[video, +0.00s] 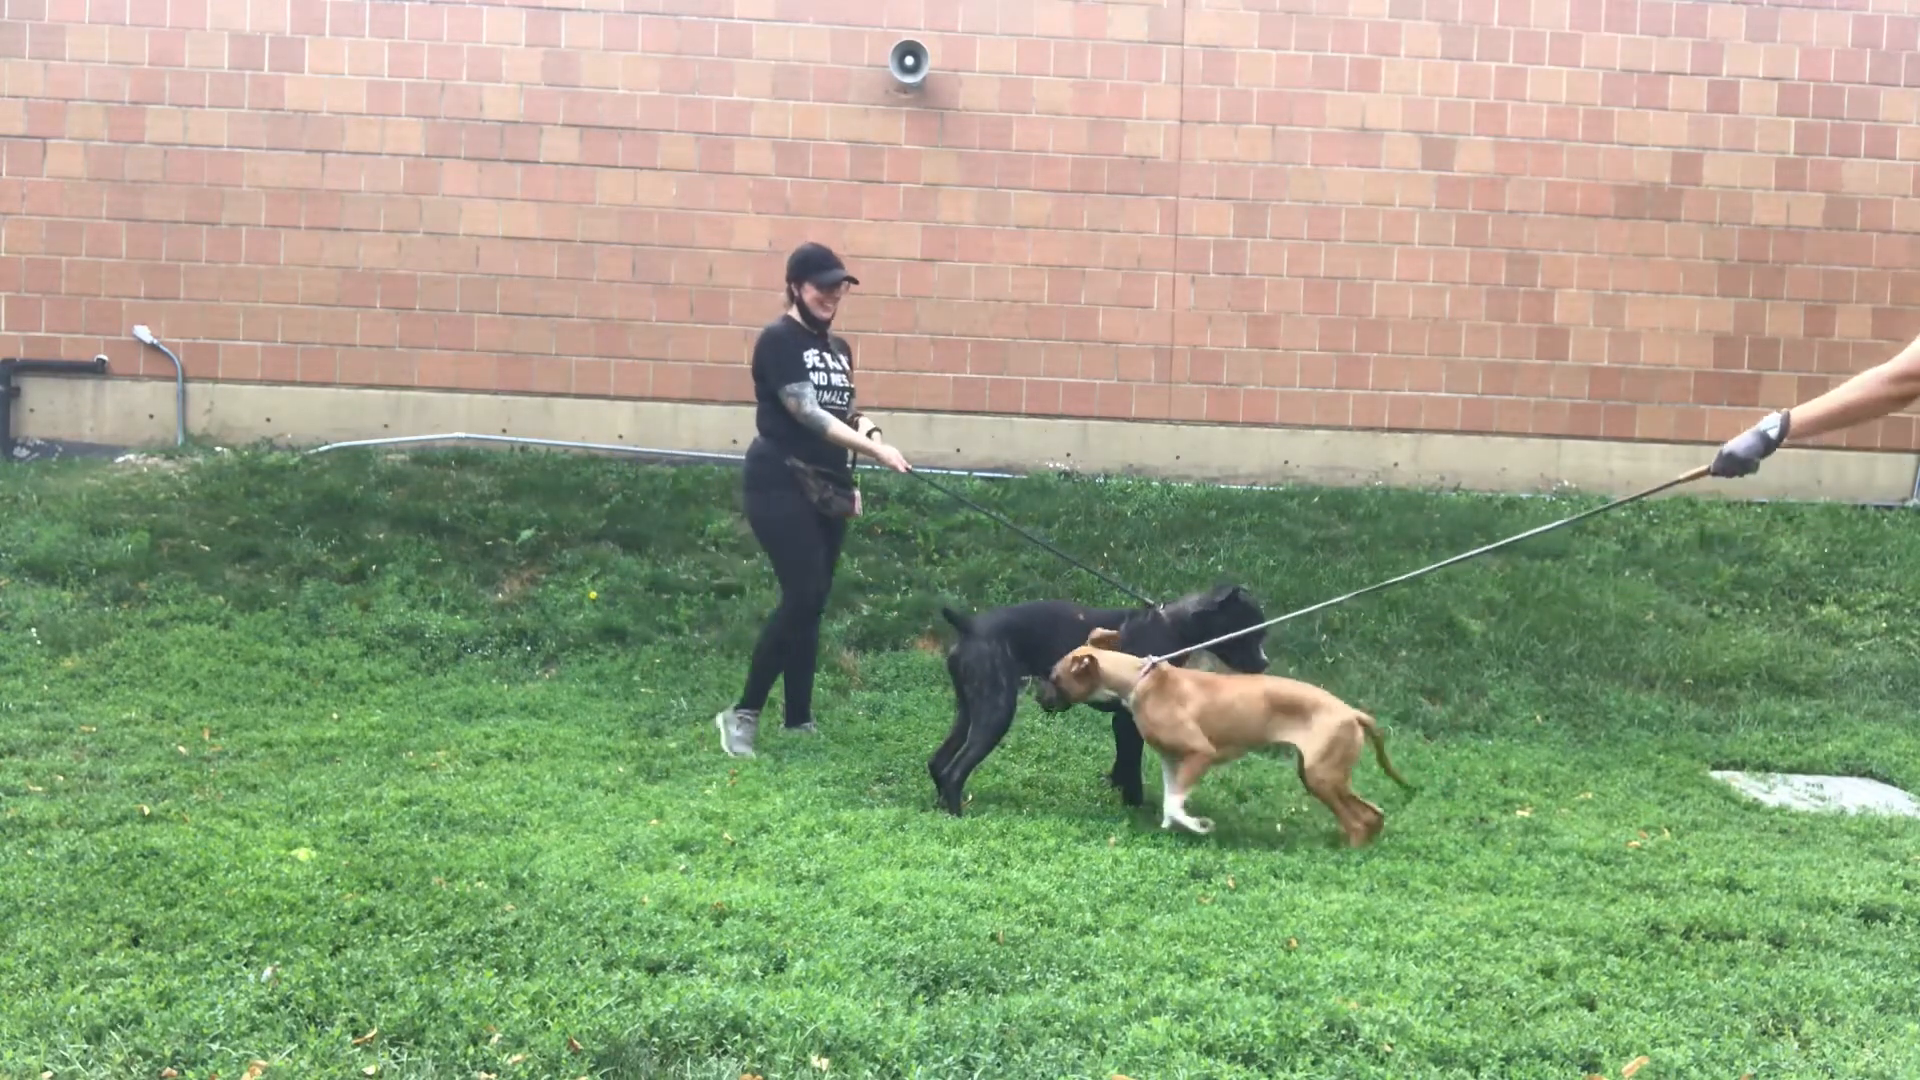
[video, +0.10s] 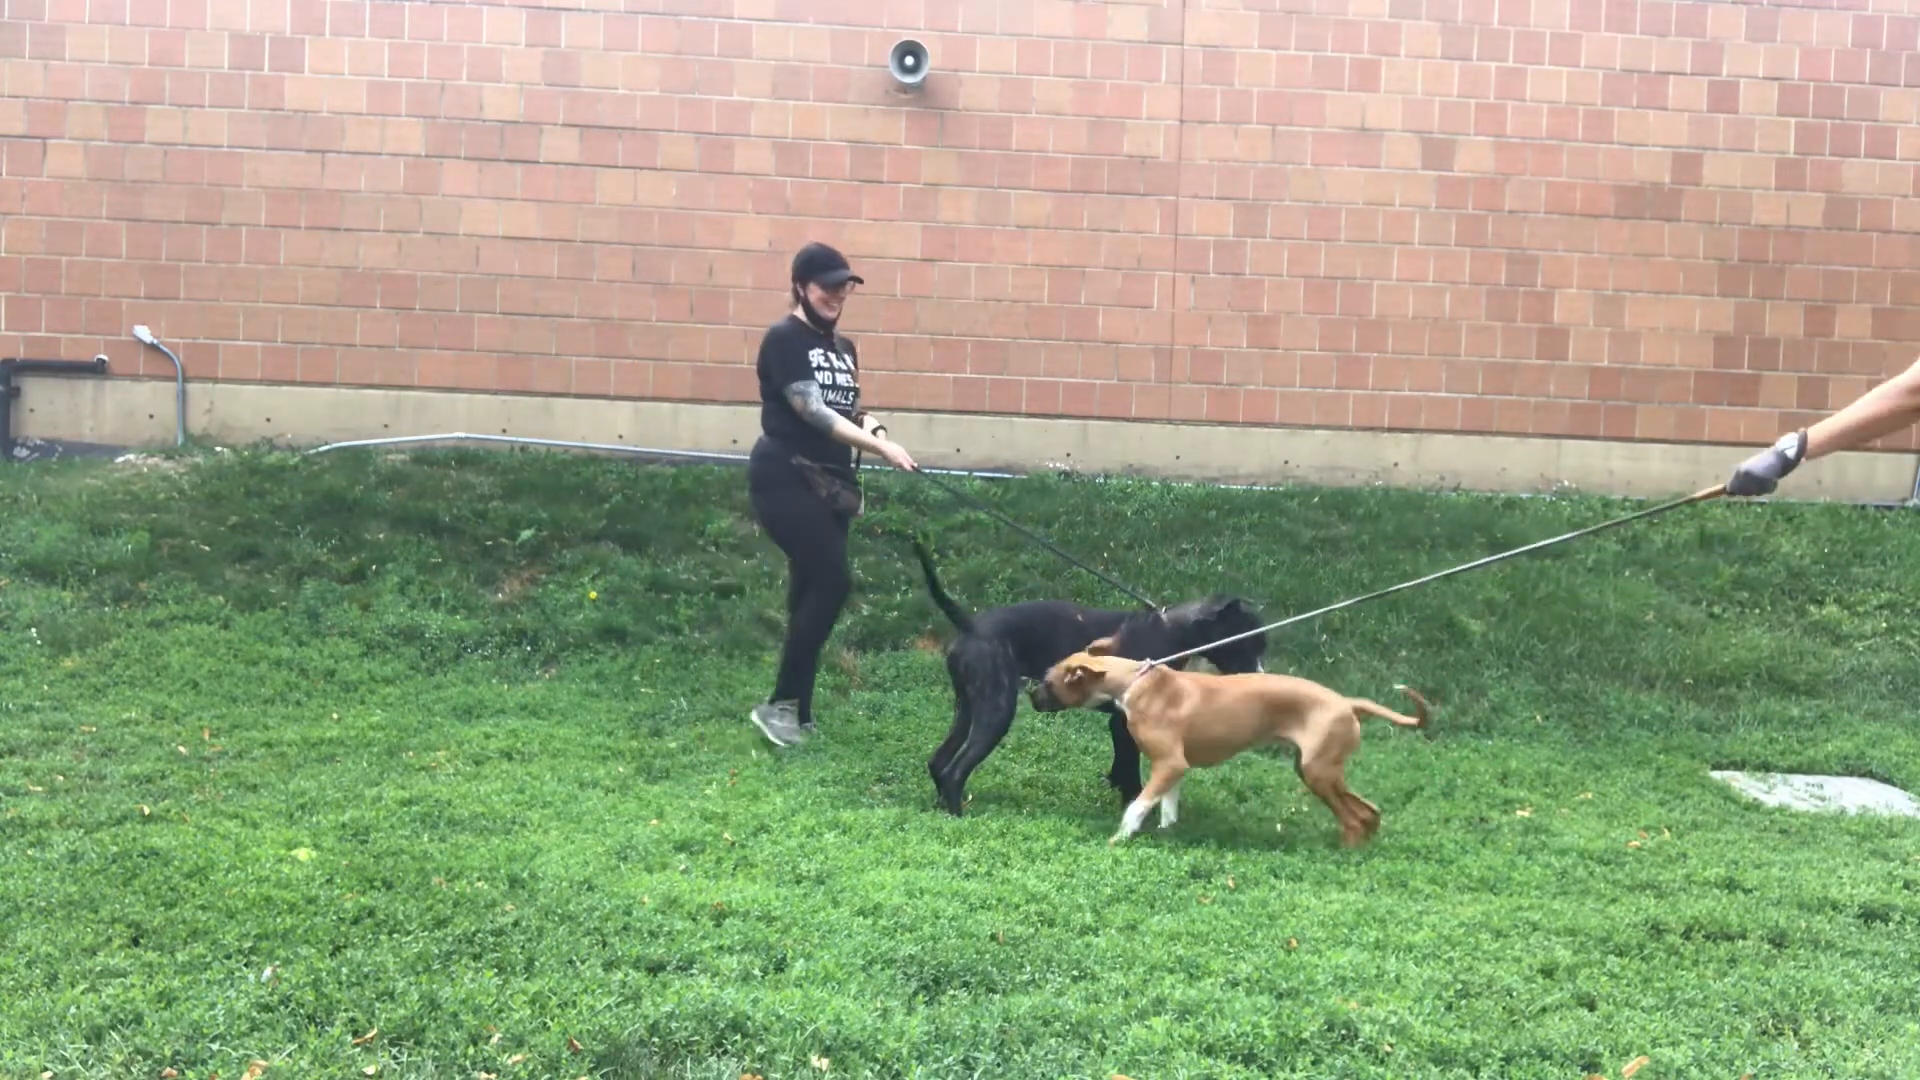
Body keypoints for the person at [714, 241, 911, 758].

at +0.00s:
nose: (833, 296)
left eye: (838, 287)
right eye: (823, 286)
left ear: (843, 291)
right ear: (796, 287)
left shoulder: (839, 349)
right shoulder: (777, 341)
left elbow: (844, 414)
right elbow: (806, 412)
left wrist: (869, 439)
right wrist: (873, 446)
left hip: (828, 483)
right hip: (779, 479)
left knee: (811, 598)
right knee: (804, 592)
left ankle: (798, 724)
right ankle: (743, 715)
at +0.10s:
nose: (838, 296)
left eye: (843, 287)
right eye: (828, 287)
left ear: (848, 289)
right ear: (802, 287)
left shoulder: (843, 348)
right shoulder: (784, 339)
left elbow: (845, 412)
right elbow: (810, 408)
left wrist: (873, 430)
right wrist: (878, 444)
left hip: (829, 478)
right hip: (786, 473)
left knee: (812, 591)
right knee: (832, 580)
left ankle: (800, 716)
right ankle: (779, 706)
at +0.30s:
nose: (851, 298)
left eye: (857, 289)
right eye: (841, 289)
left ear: (863, 290)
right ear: (816, 290)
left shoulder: (854, 347)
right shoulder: (801, 340)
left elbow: (858, 411)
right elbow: (823, 410)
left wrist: (887, 431)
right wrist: (890, 446)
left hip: (836, 480)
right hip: (801, 477)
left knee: (813, 604)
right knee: (866, 578)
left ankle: (799, 721)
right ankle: (869, 713)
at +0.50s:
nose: (872, 303)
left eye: (878, 294)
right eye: (863, 295)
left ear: (883, 295)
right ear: (838, 295)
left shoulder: (865, 349)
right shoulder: (828, 345)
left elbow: (875, 414)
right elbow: (841, 418)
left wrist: (904, 436)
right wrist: (909, 453)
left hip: (853, 483)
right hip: (833, 484)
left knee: (827, 604)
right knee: (876, 600)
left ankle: (800, 721)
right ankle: (904, 724)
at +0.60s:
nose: (885, 304)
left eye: (890, 295)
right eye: (875, 296)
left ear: (895, 296)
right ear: (851, 298)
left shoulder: (876, 346)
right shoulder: (844, 348)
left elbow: (891, 412)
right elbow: (855, 425)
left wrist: (918, 438)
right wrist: (924, 457)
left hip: (858, 482)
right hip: (851, 484)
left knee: (842, 605)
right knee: (886, 603)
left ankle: (800, 721)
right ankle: (904, 725)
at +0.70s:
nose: (900, 302)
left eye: (905, 294)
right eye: (890, 295)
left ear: (909, 295)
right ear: (865, 298)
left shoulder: (892, 346)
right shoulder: (859, 348)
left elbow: (909, 414)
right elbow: (875, 424)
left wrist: (935, 440)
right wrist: (946, 458)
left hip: (880, 480)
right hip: (867, 483)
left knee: (863, 609)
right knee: (897, 603)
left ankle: (805, 716)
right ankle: (904, 725)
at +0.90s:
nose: (928, 302)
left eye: (933, 293)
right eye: (918, 295)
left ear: (937, 294)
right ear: (893, 296)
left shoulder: (916, 343)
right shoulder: (888, 345)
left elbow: (925, 410)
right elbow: (922, 423)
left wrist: (947, 425)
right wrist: (983, 465)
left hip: (916, 480)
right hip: (886, 481)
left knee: (942, 594)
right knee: (907, 602)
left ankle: (855, 682)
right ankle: (905, 725)